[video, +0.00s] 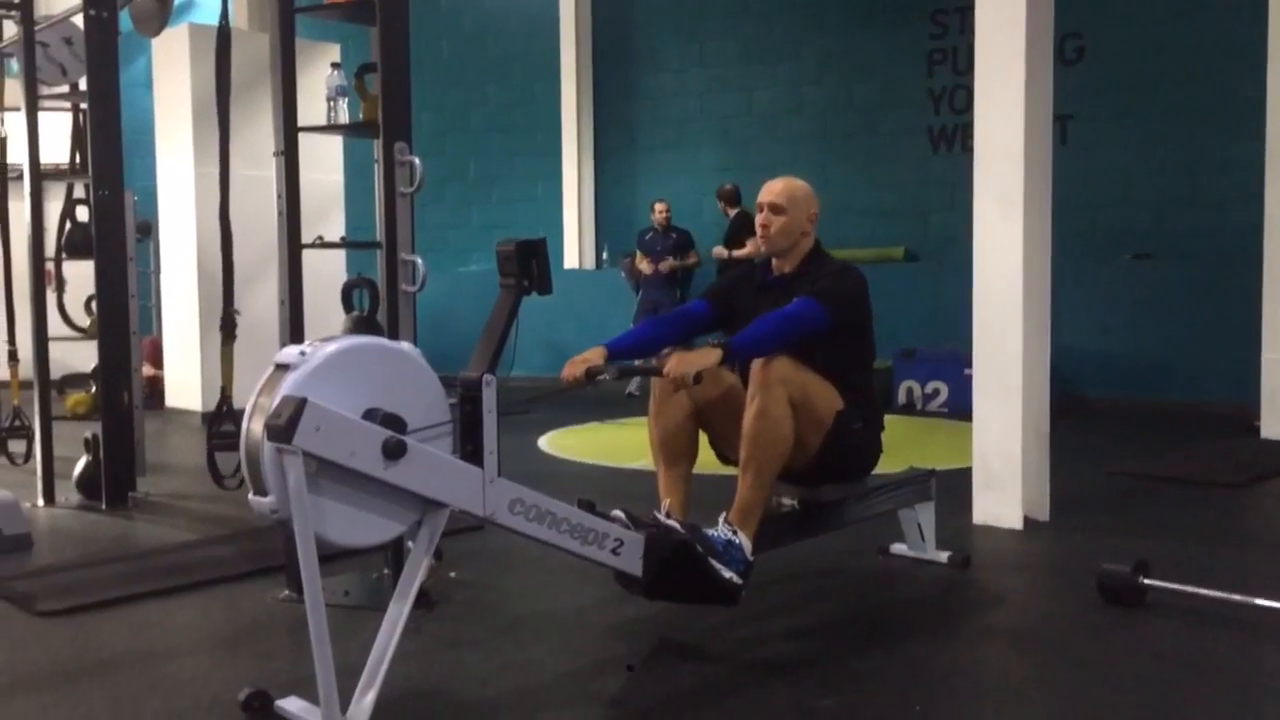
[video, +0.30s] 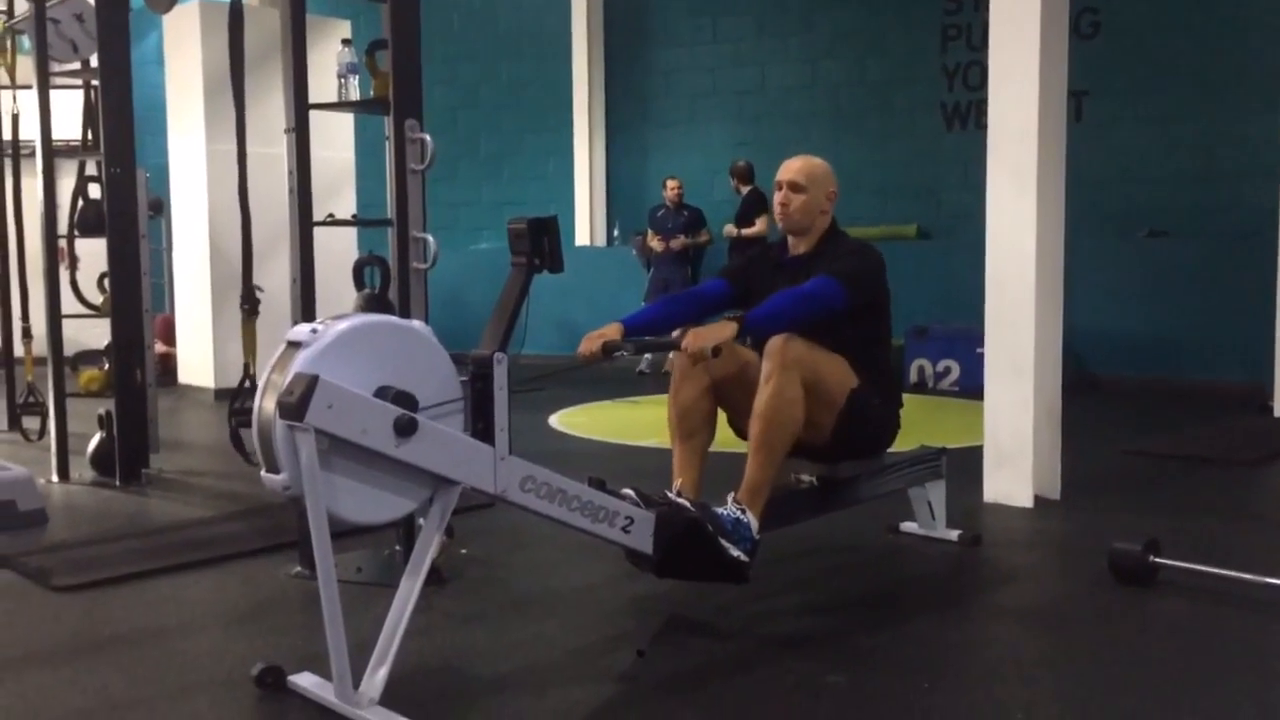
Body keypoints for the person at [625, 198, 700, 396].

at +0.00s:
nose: (664, 215)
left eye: (667, 212)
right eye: (660, 212)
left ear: (671, 213)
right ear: (653, 215)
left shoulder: (682, 235)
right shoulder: (644, 236)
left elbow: (694, 259)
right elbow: (639, 259)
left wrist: (675, 264)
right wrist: (643, 265)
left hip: (671, 293)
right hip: (648, 293)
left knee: (671, 336)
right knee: (640, 334)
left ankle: (671, 381)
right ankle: (638, 377)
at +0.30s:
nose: (677, 192)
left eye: (679, 188)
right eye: (673, 189)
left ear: (683, 191)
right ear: (665, 192)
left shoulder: (694, 213)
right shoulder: (655, 213)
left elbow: (706, 237)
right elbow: (650, 237)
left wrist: (687, 242)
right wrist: (654, 243)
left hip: (682, 269)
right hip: (659, 269)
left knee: (680, 312)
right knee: (652, 310)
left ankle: (676, 355)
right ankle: (648, 355)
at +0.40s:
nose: (678, 187)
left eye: (681, 184)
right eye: (674, 184)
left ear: (684, 186)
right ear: (666, 188)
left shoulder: (695, 209)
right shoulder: (657, 209)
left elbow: (707, 232)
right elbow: (651, 232)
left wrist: (688, 237)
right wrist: (655, 239)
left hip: (683, 266)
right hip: (660, 266)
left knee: (680, 310)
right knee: (653, 307)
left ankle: (675, 352)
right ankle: (648, 351)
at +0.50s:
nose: (678, 185)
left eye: (680, 181)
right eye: (673, 182)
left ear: (684, 183)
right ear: (666, 185)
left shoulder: (695, 206)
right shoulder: (656, 206)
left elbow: (705, 231)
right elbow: (651, 229)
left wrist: (688, 234)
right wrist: (654, 236)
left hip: (683, 263)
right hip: (660, 263)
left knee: (679, 308)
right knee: (654, 306)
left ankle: (673, 351)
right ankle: (648, 350)